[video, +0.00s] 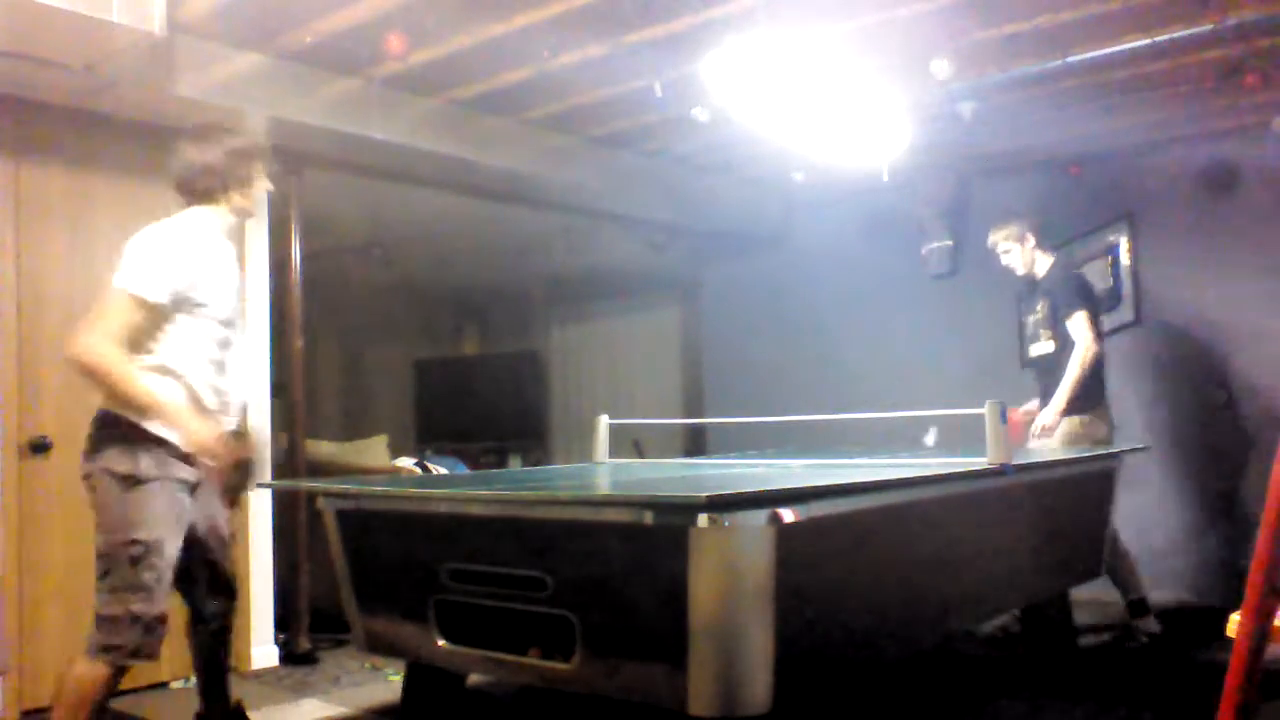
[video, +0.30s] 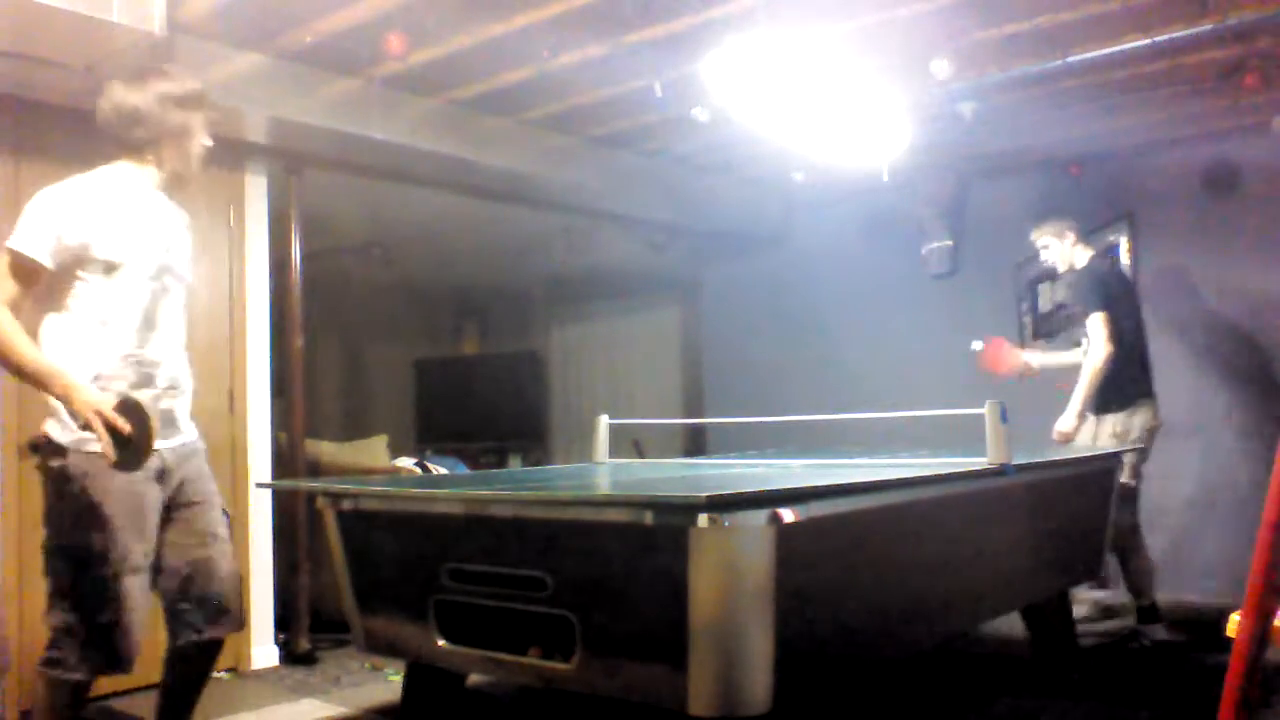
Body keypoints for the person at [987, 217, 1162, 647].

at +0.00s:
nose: (1004, 262)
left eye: (1007, 251)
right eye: (999, 255)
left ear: (1030, 241)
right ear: (1013, 251)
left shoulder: (1062, 279)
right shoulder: (1035, 289)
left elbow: (1089, 345)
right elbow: (1054, 358)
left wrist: (1055, 407)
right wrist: (1036, 404)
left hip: (1080, 420)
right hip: (1057, 421)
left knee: (1048, 524)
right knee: (1093, 522)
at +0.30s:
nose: (1045, 258)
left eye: (1047, 247)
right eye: (1040, 250)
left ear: (1070, 237)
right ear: (1072, 239)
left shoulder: (1088, 274)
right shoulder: (1106, 270)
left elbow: (1102, 348)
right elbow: (1094, 350)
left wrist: (1073, 412)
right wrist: (1032, 360)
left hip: (1113, 415)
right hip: (1132, 412)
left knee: (1097, 511)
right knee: (1122, 519)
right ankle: (1148, 618)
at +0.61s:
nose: (1068, 250)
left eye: (1074, 239)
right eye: (1062, 243)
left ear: (1099, 236)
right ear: (1065, 248)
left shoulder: (1122, 283)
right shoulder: (1086, 286)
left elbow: (1138, 361)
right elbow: (1047, 329)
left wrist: (1106, 419)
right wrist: (1042, 314)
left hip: (1149, 416)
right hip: (1133, 418)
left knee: (1126, 528)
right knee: (1179, 515)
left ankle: (1146, 624)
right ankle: (1237, 598)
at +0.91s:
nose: (1052, 246)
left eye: (1058, 237)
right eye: (1047, 240)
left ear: (1080, 237)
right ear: (1048, 246)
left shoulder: (1108, 283)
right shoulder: (1067, 289)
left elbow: (1133, 356)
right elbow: (1076, 345)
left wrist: (1130, 420)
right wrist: (1052, 374)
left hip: (1129, 416)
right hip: (1094, 419)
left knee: (1125, 514)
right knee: (1098, 511)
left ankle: (1143, 612)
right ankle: (1136, 606)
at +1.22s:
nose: (1026, 253)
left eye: (1033, 243)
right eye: (1021, 246)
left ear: (1057, 241)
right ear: (1020, 250)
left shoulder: (1087, 287)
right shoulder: (1029, 295)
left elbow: (1121, 353)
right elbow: (1037, 360)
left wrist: (1108, 414)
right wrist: (1011, 395)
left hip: (1095, 425)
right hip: (1054, 426)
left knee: (1102, 525)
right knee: (1047, 522)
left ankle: (1138, 611)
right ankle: (1043, 613)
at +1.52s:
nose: (1000, 260)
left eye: (1005, 250)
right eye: (996, 253)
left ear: (1030, 243)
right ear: (1004, 254)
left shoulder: (1068, 286)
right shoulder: (1014, 302)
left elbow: (1112, 342)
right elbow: (985, 357)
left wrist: (1110, 409)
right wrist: (922, 380)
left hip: (1091, 422)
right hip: (1051, 428)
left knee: (1107, 519)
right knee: (1046, 520)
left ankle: (1138, 608)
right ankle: (1038, 609)